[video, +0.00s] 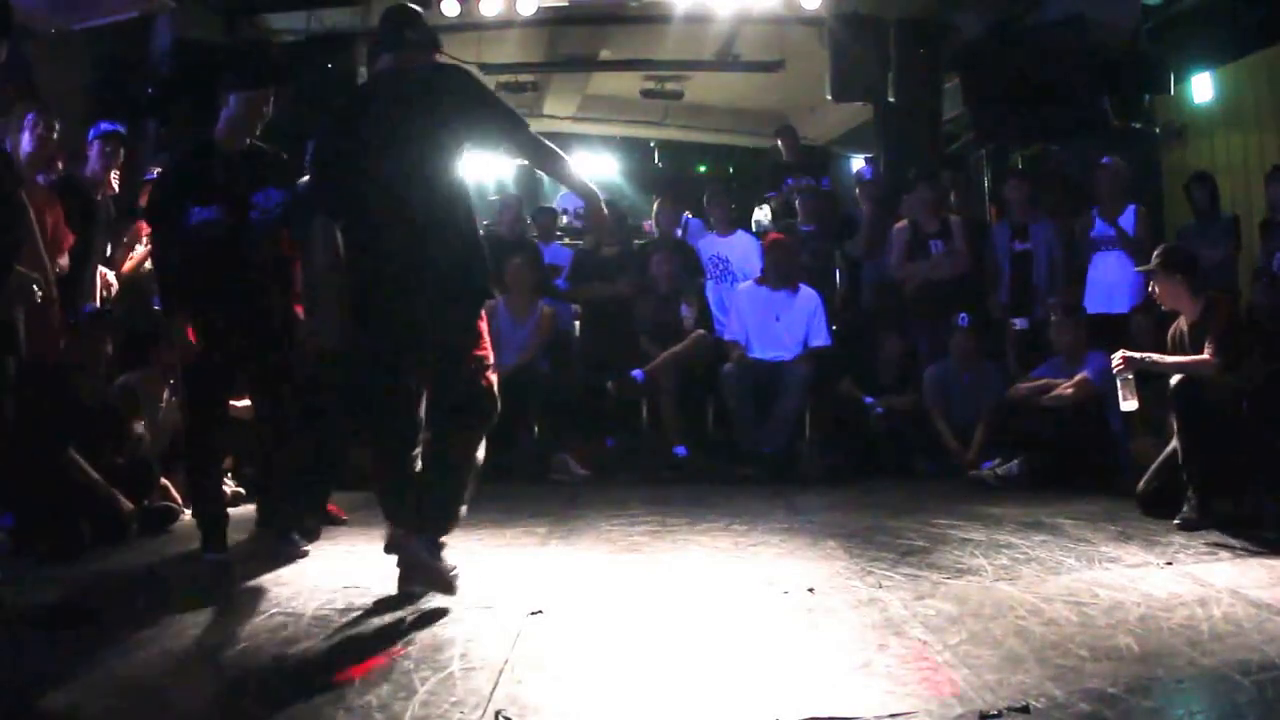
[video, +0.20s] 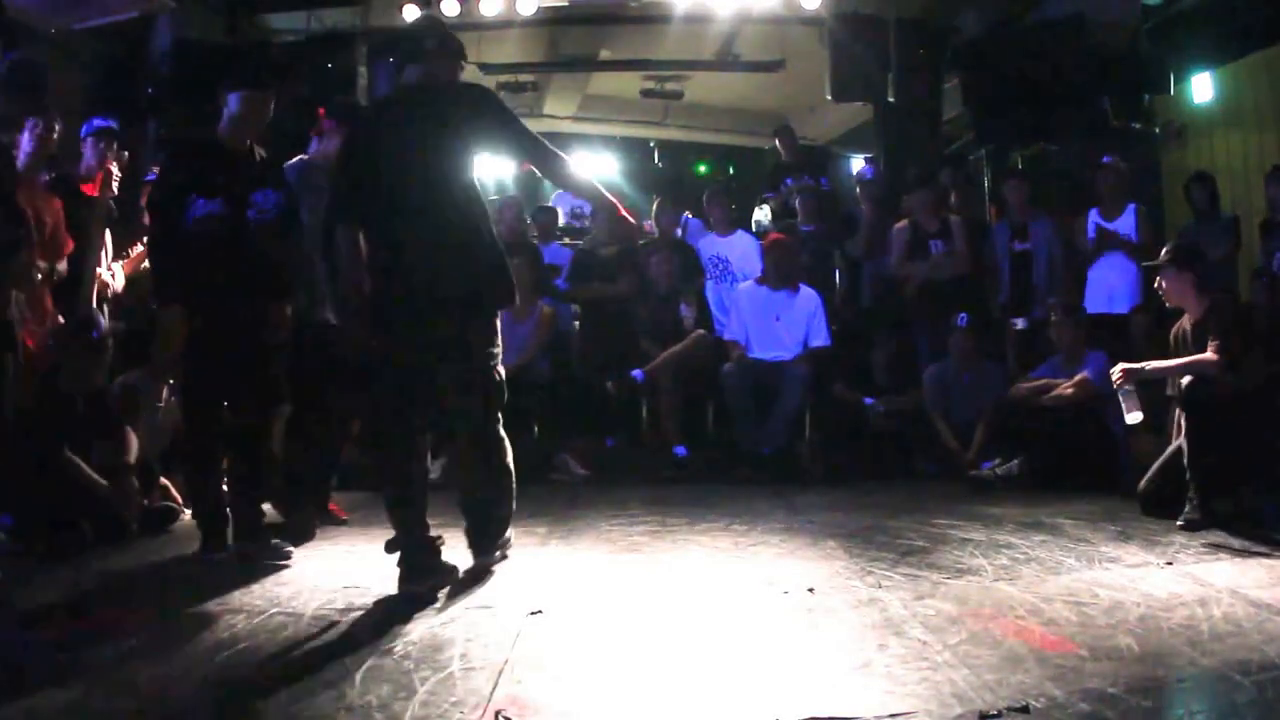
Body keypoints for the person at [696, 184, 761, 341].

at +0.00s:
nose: (717, 213)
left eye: (721, 206)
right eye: (713, 207)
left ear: (731, 208)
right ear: (707, 211)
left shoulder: (749, 242)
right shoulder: (703, 246)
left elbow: (759, 282)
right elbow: (701, 282)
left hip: (749, 320)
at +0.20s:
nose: (719, 212)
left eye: (722, 205)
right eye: (714, 206)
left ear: (730, 208)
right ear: (707, 211)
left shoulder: (748, 242)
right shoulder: (703, 246)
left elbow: (759, 281)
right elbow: (704, 281)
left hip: (750, 320)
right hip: (720, 322)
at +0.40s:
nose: (717, 214)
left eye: (721, 207)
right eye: (713, 208)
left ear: (729, 209)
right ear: (706, 212)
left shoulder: (748, 242)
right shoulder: (703, 245)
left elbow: (759, 281)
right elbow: (701, 280)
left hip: (748, 319)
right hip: (719, 321)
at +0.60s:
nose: (719, 213)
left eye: (722, 207)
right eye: (714, 208)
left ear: (730, 209)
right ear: (707, 212)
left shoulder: (747, 242)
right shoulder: (703, 245)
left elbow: (758, 280)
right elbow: (702, 279)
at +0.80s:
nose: (721, 213)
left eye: (725, 208)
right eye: (717, 209)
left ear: (732, 211)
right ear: (711, 213)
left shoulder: (748, 243)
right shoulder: (704, 245)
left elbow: (759, 284)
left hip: (747, 322)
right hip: (719, 323)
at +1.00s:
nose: (717, 214)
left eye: (721, 208)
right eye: (713, 209)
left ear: (731, 210)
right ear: (709, 212)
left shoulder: (749, 243)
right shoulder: (703, 246)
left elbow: (760, 286)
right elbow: (702, 284)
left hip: (749, 326)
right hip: (719, 327)